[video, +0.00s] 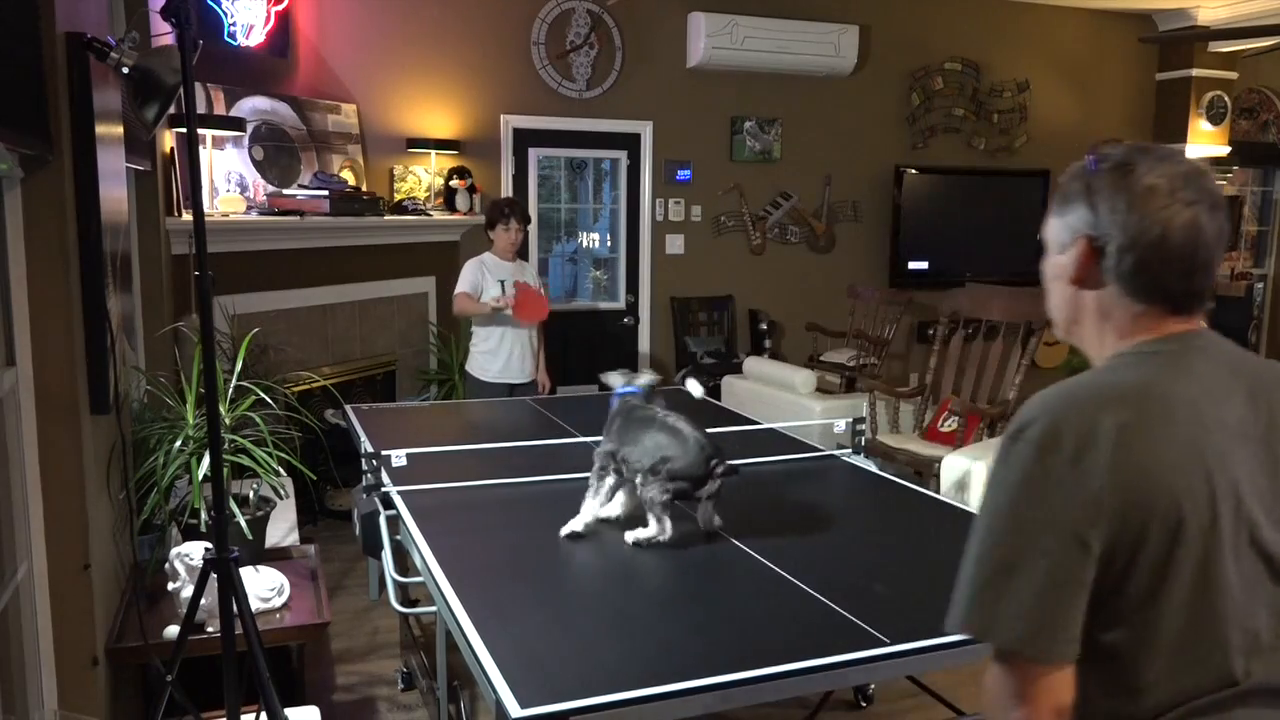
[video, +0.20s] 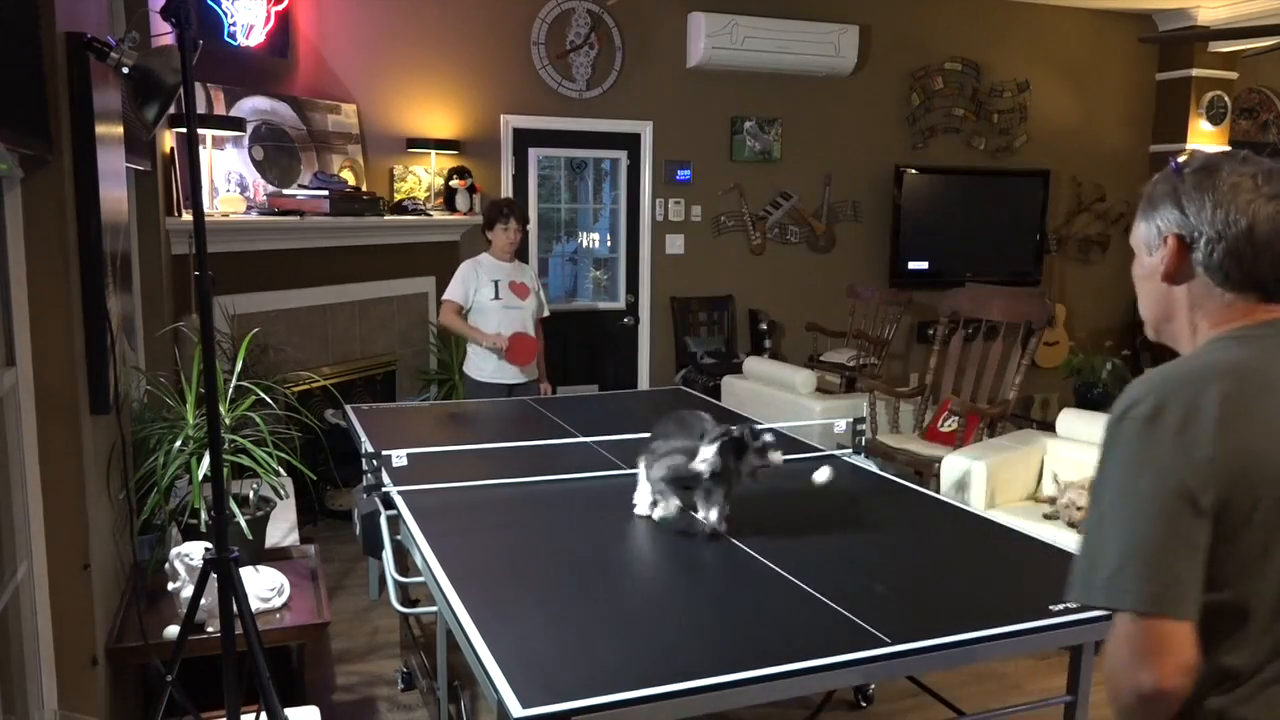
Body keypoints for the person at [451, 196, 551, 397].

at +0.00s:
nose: (514, 237)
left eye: (519, 230)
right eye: (506, 230)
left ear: (524, 233)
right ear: (491, 232)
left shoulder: (529, 271)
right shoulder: (476, 267)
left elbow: (537, 324)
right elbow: (459, 306)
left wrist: (541, 367)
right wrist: (489, 307)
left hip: (525, 376)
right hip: (486, 376)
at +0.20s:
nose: (512, 237)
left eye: (518, 230)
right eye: (505, 230)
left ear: (523, 233)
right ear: (488, 233)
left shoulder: (528, 273)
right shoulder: (471, 269)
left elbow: (537, 327)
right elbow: (446, 316)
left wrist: (542, 377)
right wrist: (485, 338)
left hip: (525, 381)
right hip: (484, 381)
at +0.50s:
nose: (509, 234)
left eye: (514, 228)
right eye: (501, 228)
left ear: (519, 232)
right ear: (484, 233)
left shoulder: (530, 272)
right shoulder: (464, 271)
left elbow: (541, 326)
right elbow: (441, 320)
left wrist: (545, 374)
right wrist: (476, 348)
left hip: (522, 381)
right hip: (478, 381)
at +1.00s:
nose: (525, 244)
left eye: (527, 236)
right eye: (517, 237)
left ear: (530, 237)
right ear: (497, 239)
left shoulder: (535, 279)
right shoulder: (479, 275)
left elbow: (540, 330)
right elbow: (471, 329)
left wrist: (545, 373)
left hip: (523, 380)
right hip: (480, 381)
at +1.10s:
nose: (537, 251)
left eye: (539, 243)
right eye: (529, 244)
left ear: (541, 244)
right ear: (509, 248)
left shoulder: (539, 282)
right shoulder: (497, 283)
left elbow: (543, 334)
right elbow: (517, 340)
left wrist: (550, 375)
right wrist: (564, 353)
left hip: (527, 381)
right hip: (485, 384)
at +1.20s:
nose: (555, 255)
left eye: (557, 248)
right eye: (548, 248)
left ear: (560, 249)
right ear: (528, 251)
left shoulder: (548, 285)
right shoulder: (520, 286)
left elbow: (548, 335)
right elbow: (549, 338)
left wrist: (555, 372)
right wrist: (600, 350)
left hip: (536, 383)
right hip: (497, 386)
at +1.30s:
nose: (578, 259)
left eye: (580, 252)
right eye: (570, 252)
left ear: (584, 252)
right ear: (550, 253)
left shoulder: (566, 283)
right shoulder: (541, 284)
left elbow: (559, 337)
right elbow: (560, 328)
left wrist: (561, 376)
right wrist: (603, 351)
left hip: (546, 378)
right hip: (510, 380)